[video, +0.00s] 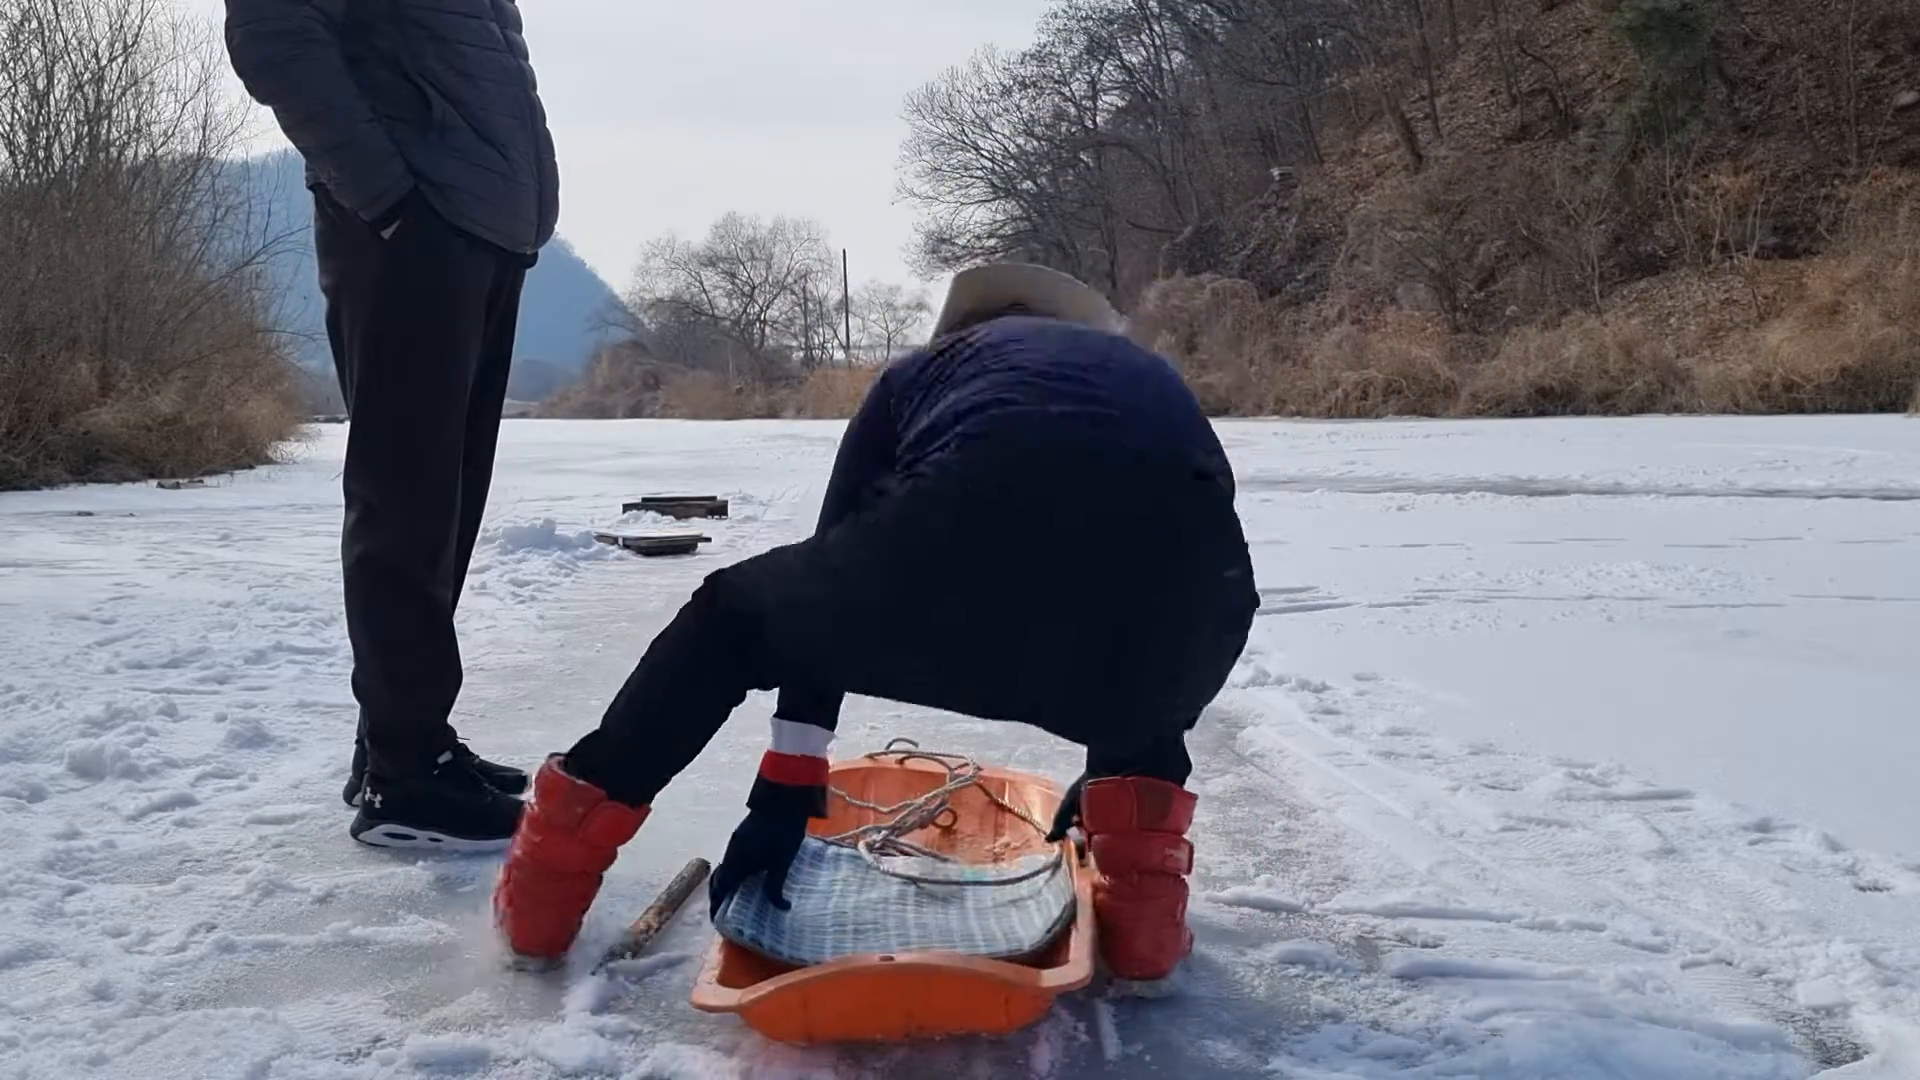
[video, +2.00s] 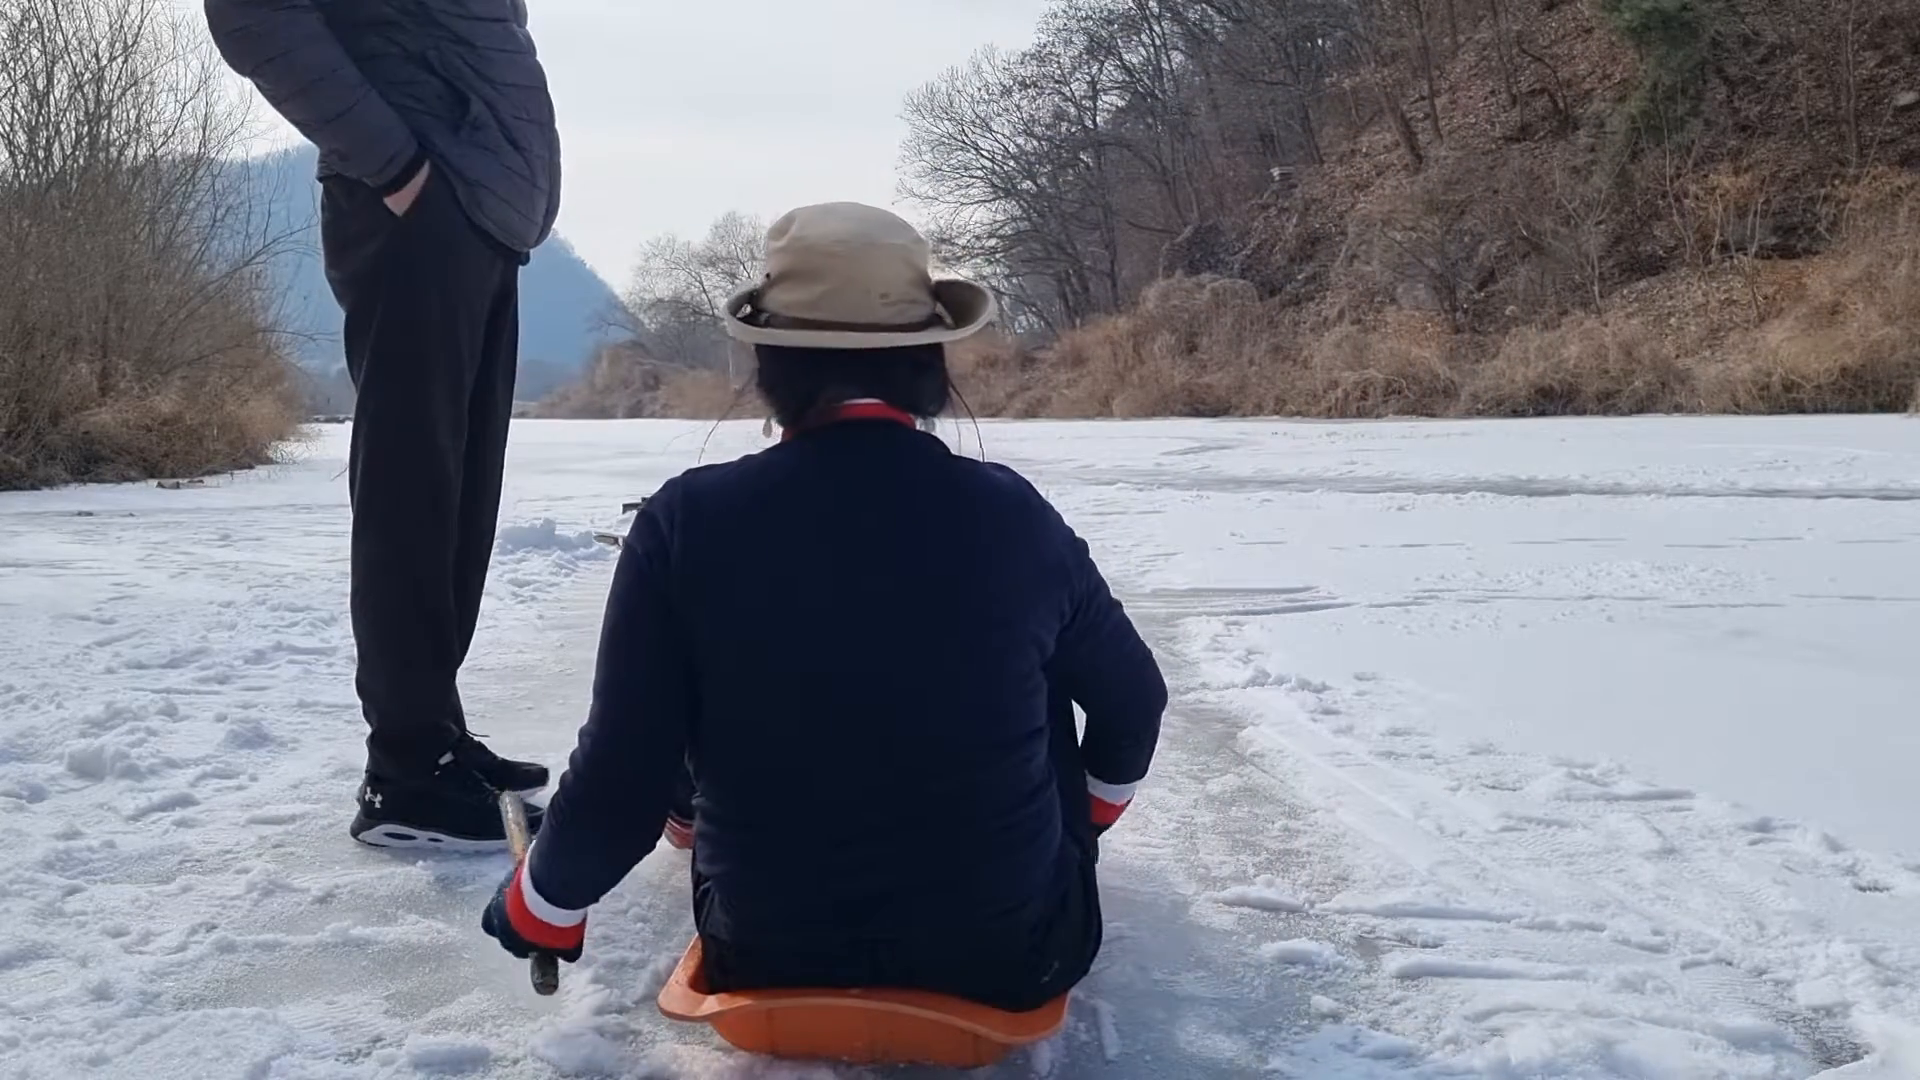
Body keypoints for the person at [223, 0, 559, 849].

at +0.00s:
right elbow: (270, 33)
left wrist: (513, 197)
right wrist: (387, 197)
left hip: (485, 232)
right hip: (408, 222)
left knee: (444, 501)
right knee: (403, 501)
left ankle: (418, 748)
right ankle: (400, 772)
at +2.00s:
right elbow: (251, 19)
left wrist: (502, 171)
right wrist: (399, 168)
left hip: (481, 209)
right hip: (414, 202)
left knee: (464, 487)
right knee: (412, 486)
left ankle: (434, 741)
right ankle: (406, 772)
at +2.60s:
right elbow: (325, 25)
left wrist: (507, 172)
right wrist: (483, 162)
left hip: (466, 209)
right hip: (411, 204)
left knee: (460, 482)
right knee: (421, 484)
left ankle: (441, 737)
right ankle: (404, 775)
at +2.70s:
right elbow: (397, 53)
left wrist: (528, 212)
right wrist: (539, 216)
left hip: (459, 209)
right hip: (408, 207)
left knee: (461, 481)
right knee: (422, 479)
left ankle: (438, 738)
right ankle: (406, 771)